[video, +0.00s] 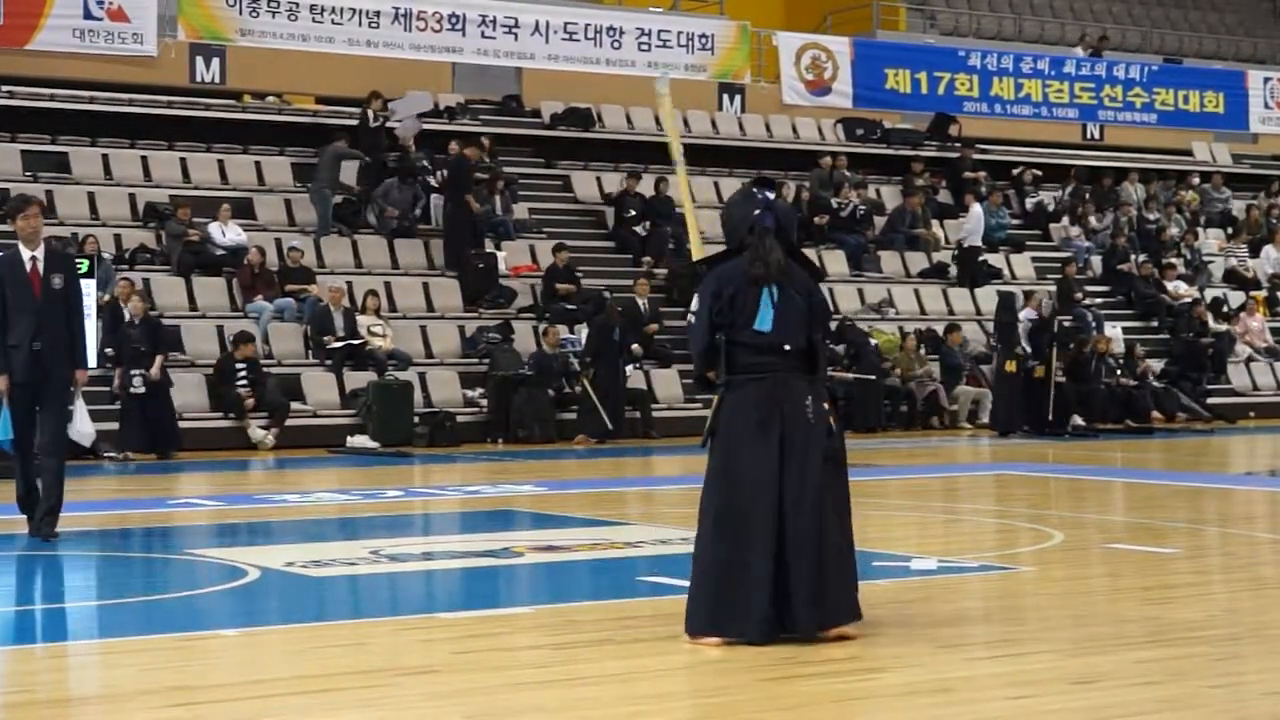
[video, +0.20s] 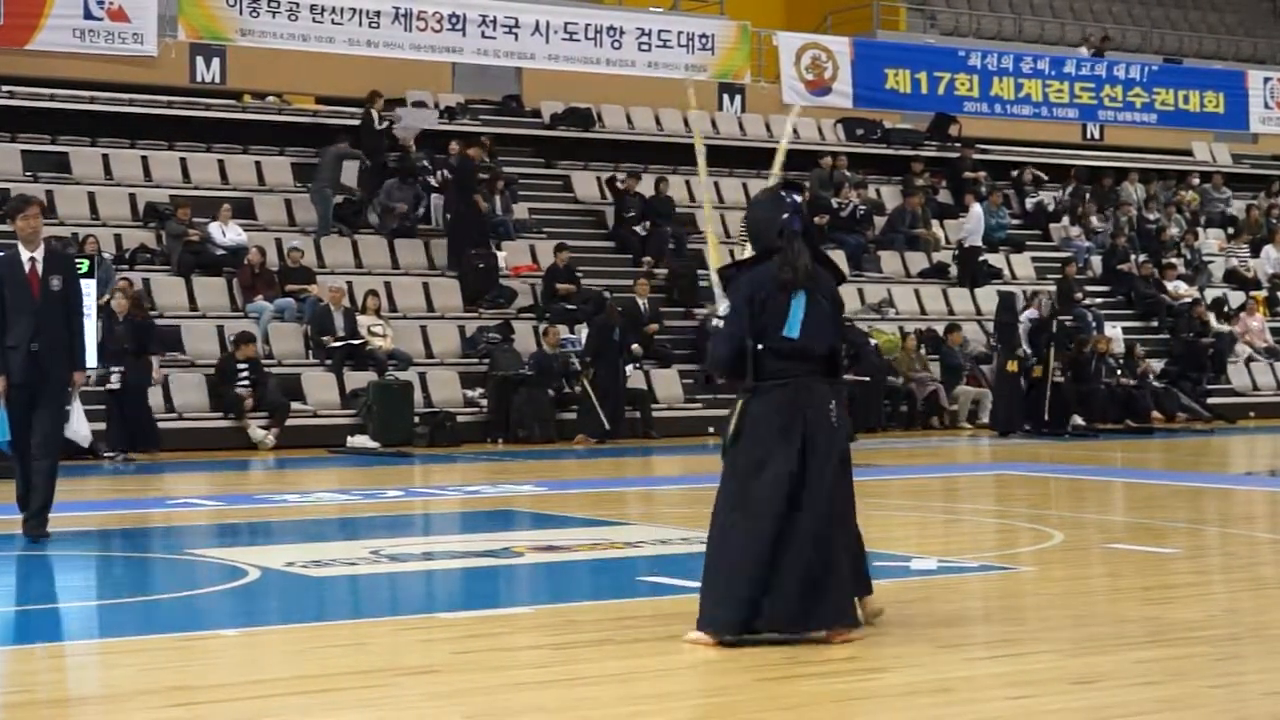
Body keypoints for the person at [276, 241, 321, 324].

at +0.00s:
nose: (294, 255)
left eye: (297, 251)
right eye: (292, 251)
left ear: (301, 254)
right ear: (288, 254)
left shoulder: (308, 271)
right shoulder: (282, 270)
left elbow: (314, 288)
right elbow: (285, 288)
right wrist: (306, 287)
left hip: (305, 295)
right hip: (290, 296)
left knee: (312, 300)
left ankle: (306, 325)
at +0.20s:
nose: (295, 255)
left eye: (298, 251)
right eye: (292, 251)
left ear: (302, 254)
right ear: (288, 254)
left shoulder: (308, 271)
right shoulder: (283, 270)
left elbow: (314, 287)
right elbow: (285, 288)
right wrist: (306, 287)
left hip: (305, 294)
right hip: (290, 296)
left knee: (312, 300)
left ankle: (306, 325)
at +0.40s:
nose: (298, 255)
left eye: (300, 252)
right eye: (295, 252)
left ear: (303, 254)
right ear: (289, 254)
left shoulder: (308, 270)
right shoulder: (283, 270)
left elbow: (314, 287)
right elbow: (286, 288)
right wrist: (306, 287)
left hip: (306, 294)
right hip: (290, 296)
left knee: (313, 300)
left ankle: (306, 325)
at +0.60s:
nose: (301, 254)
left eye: (302, 251)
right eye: (298, 252)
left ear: (304, 253)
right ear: (291, 254)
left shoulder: (309, 270)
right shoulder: (283, 270)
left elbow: (315, 288)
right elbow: (286, 288)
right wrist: (306, 287)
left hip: (306, 294)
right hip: (291, 296)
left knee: (313, 299)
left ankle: (306, 325)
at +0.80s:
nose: (301, 255)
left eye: (302, 252)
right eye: (298, 252)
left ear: (304, 253)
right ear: (291, 254)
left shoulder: (309, 270)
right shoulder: (284, 270)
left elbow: (315, 288)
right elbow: (286, 288)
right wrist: (307, 287)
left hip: (307, 294)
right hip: (291, 295)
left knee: (313, 299)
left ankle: (306, 324)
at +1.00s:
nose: (302, 254)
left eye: (303, 251)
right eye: (299, 252)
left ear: (304, 253)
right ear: (292, 254)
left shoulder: (309, 270)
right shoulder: (284, 270)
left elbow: (315, 287)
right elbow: (287, 288)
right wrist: (307, 287)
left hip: (307, 294)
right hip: (292, 295)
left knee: (314, 299)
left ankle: (307, 324)